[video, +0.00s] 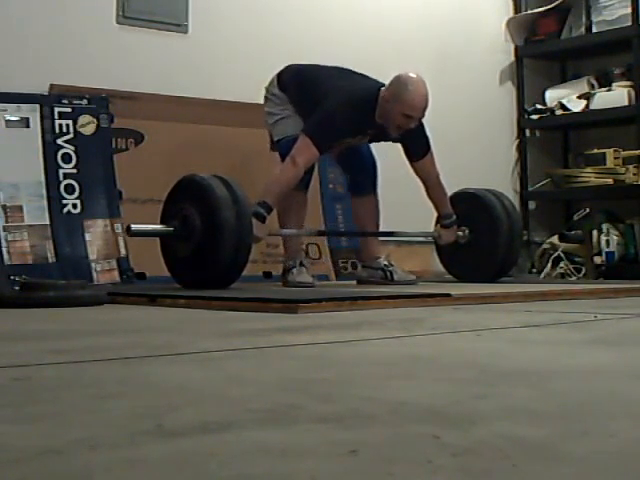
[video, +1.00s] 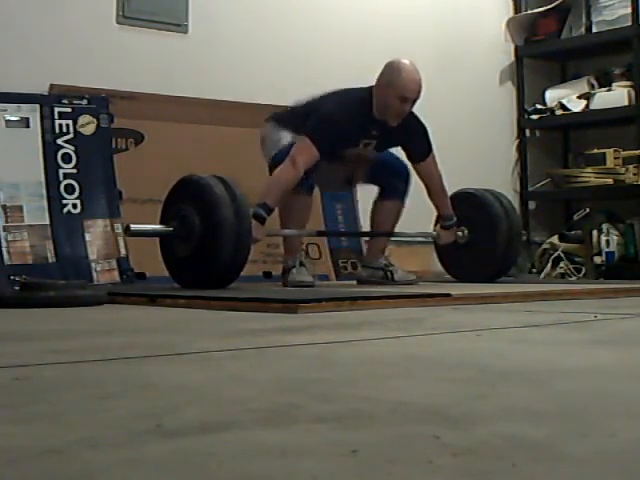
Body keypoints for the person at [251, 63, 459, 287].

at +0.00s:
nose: (411, 126)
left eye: (417, 120)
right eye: (407, 117)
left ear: (422, 114)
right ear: (385, 100)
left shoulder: (408, 122)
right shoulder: (346, 109)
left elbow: (429, 175)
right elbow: (296, 162)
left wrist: (448, 218)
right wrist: (260, 212)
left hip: (334, 107)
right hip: (288, 98)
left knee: (363, 167)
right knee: (298, 170)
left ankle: (371, 263)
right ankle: (295, 265)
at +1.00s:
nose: (405, 109)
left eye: (412, 103)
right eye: (401, 100)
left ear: (417, 100)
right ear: (380, 88)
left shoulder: (410, 127)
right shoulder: (342, 110)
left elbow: (432, 177)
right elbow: (295, 163)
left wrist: (448, 220)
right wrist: (259, 215)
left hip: (337, 151)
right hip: (286, 134)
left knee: (396, 174)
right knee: (298, 173)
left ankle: (374, 263)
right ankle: (293, 266)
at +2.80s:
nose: (364, 53)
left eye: (366, 49)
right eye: (354, 48)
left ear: (371, 60)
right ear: (336, 59)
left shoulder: (378, 89)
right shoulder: (313, 82)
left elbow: (421, 53)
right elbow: (275, 37)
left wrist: (444, 22)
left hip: (352, 206)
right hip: (307, 204)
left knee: (414, 188)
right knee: (306, 182)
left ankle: (369, 264)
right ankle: (288, 265)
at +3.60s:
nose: (390, 60)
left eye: (391, 55)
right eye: (381, 54)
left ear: (393, 62)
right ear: (356, 61)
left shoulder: (391, 89)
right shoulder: (325, 78)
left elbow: (433, 60)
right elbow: (282, 45)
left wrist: (459, 31)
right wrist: (247, 5)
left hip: (347, 189)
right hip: (296, 184)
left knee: (409, 183)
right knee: (313, 174)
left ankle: (369, 263)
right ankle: (288, 263)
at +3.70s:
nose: (395, 49)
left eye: (396, 44)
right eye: (385, 43)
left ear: (398, 52)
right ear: (360, 52)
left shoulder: (395, 79)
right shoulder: (328, 66)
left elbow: (436, 50)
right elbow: (283, 33)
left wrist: (460, 20)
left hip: (345, 172)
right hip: (294, 162)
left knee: (406, 180)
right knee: (309, 168)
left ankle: (369, 262)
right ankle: (288, 262)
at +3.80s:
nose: (396, 40)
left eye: (398, 35)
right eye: (387, 33)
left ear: (400, 41)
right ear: (363, 39)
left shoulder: (397, 67)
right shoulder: (330, 56)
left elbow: (436, 39)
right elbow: (284, 21)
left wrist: (459, 11)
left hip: (346, 160)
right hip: (294, 149)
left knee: (407, 179)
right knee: (308, 165)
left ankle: (370, 263)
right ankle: (287, 262)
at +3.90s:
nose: (396, 27)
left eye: (399, 22)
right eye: (388, 20)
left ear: (402, 26)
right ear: (364, 27)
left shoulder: (396, 56)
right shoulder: (331, 43)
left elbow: (437, 28)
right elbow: (285, 10)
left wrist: (457, 5)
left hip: (347, 153)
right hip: (298, 140)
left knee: (409, 178)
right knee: (308, 165)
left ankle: (370, 262)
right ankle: (286, 262)